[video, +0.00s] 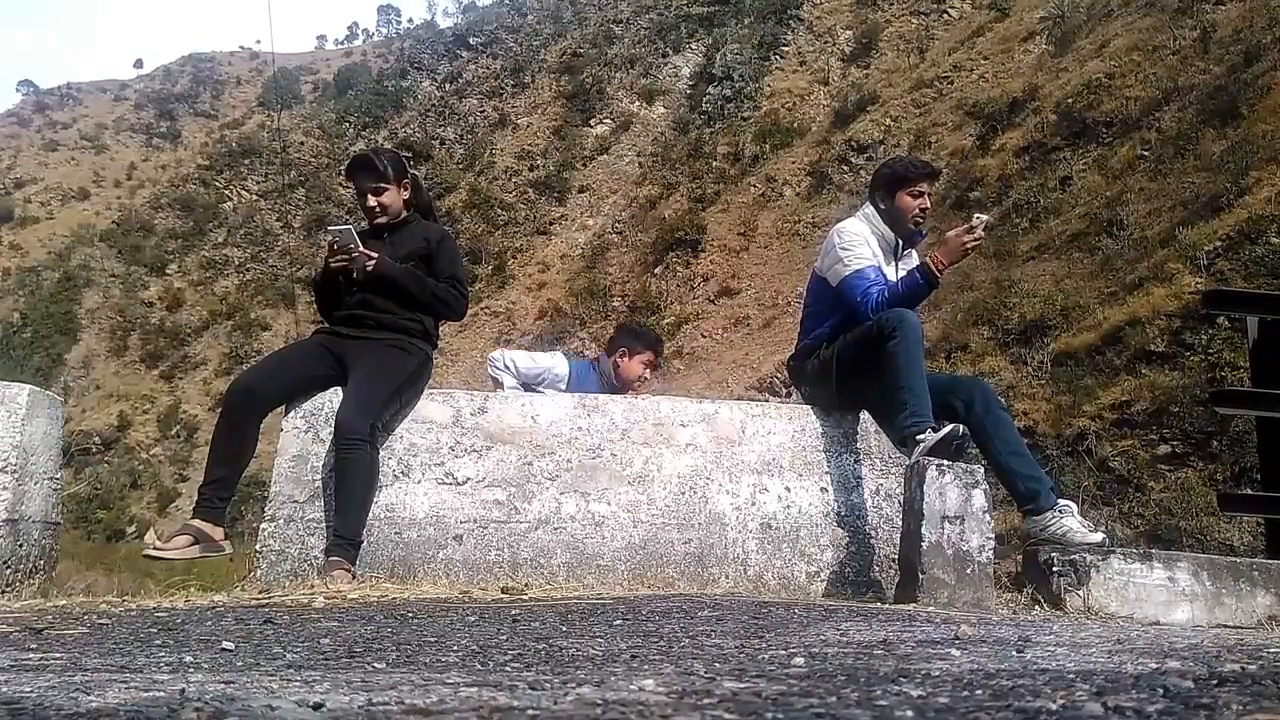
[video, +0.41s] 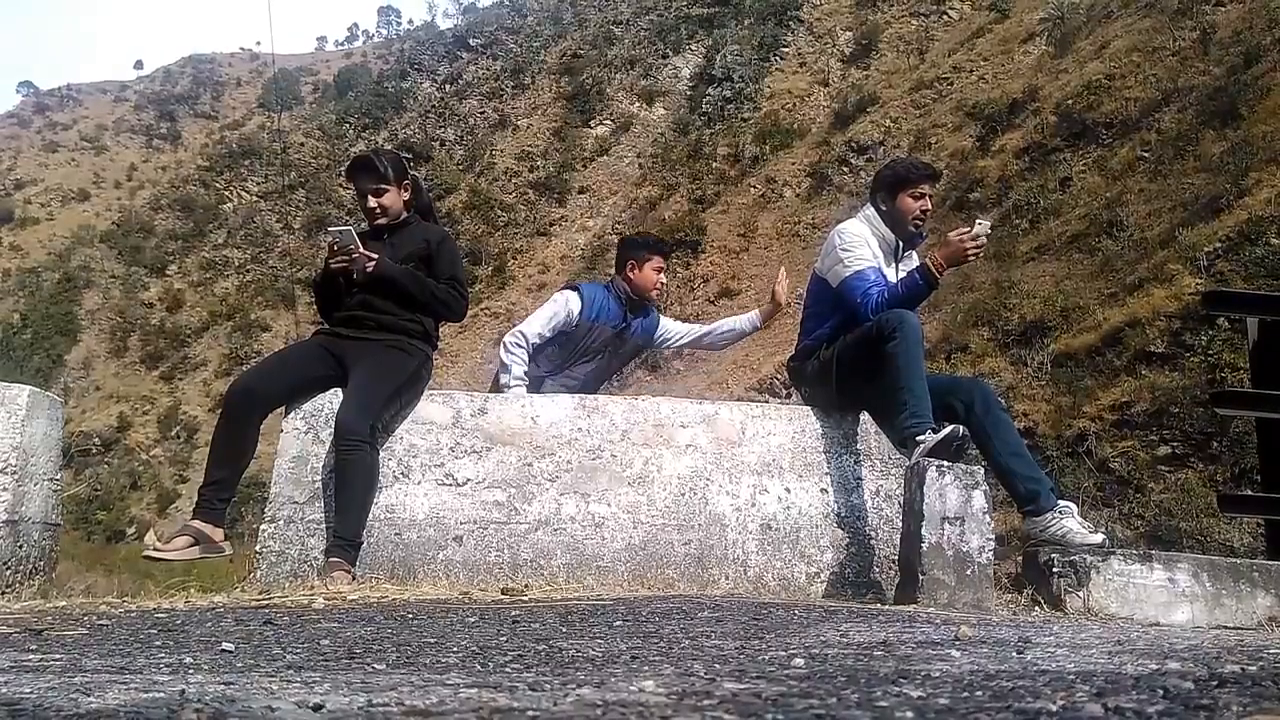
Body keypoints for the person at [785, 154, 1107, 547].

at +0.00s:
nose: (925, 204)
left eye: (927, 195)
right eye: (915, 195)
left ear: (926, 200)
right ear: (884, 197)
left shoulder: (906, 246)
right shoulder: (849, 235)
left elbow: (895, 309)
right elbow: (871, 305)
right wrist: (938, 261)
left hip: (876, 375)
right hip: (824, 373)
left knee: (975, 394)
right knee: (900, 324)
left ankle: (1043, 510)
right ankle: (917, 436)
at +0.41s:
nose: (926, 206)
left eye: (929, 198)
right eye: (916, 197)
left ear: (928, 204)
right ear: (885, 199)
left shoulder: (906, 247)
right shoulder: (850, 236)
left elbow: (895, 308)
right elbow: (870, 306)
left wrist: (944, 260)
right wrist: (937, 263)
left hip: (876, 376)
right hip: (824, 374)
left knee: (975, 394)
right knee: (900, 325)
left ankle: (1043, 512)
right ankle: (917, 436)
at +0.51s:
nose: (927, 206)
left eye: (929, 198)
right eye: (917, 197)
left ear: (928, 204)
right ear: (886, 199)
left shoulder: (907, 246)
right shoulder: (850, 236)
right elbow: (872, 304)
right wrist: (937, 262)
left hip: (876, 377)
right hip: (825, 374)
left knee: (974, 393)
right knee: (900, 324)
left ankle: (1044, 512)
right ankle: (917, 436)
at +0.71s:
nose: (931, 205)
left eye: (933, 197)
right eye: (921, 196)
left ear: (932, 202)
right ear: (889, 198)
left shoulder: (910, 245)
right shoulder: (854, 234)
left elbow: (895, 307)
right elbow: (873, 303)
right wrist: (938, 262)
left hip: (876, 375)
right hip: (824, 372)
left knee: (975, 392)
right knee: (901, 324)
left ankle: (1043, 511)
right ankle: (917, 435)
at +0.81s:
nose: (933, 207)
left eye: (935, 199)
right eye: (923, 197)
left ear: (934, 203)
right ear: (892, 198)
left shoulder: (910, 244)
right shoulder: (854, 233)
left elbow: (894, 306)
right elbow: (873, 302)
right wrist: (938, 261)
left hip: (875, 374)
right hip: (824, 371)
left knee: (974, 391)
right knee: (900, 323)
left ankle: (1044, 510)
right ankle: (917, 435)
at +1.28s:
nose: (936, 209)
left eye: (940, 201)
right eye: (928, 198)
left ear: (939, 206)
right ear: (897, 196)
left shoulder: (912, 244)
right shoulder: (858, 231)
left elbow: (896, 302)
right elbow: (872, 300)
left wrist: (944, 259)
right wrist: (939, 260)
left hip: (876, 374)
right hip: (824, 370)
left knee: (975, 389)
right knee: (901, 320)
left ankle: (1042, 508)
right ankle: (918, 431)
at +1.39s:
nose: (935, 208)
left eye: (939, 200)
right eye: (926, 197)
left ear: (938, 204)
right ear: (895, 196)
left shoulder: (911, 243)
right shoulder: (856, 231)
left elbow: (894, 302)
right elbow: (872, 299)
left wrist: (944, 258)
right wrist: (938, 259)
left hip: (876, 373)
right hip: (824, 369)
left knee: (975, 389)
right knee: (900, 319)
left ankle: (1042, 508)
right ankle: (917, 430)